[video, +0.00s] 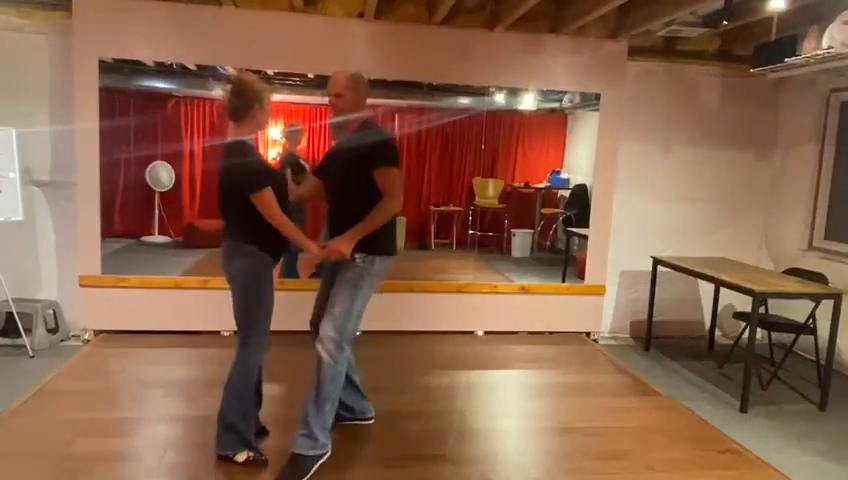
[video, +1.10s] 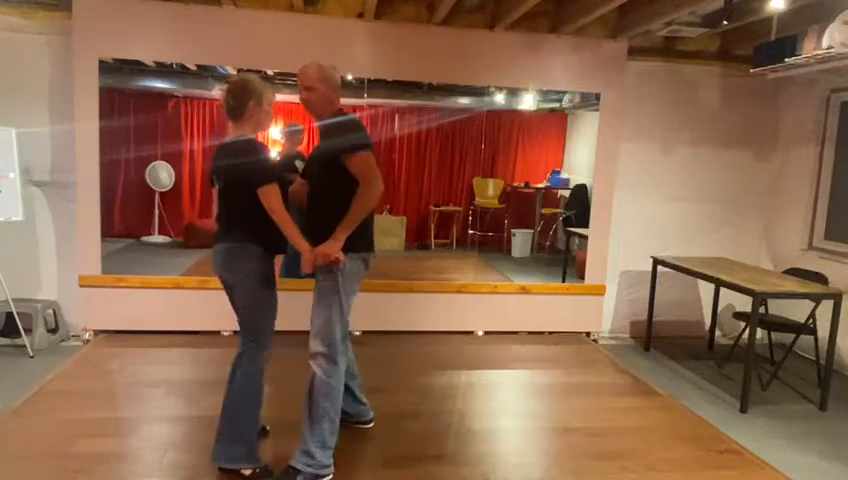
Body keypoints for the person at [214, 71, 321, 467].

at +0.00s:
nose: (271, 115)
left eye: (269, 108)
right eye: (268, 108)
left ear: (233, 110)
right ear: (258, 111)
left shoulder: (237, 153)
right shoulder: (247, 159)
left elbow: (271, 197)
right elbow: (274, 216)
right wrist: (313, 246)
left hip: (245, 253)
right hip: (251, 257)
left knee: (253, 341)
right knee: (252, 345)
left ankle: (247, 421)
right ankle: (232, 440)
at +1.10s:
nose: (272, 113)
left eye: (272, 106)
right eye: (269, 106)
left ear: (235, 109)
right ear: (256, 108)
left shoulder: (225, 151)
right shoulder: (255, 152)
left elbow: (220, 207)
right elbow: (275, 208)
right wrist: (306, 248)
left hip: (229, 251)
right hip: (250, 255)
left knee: (254, 341)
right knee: (256, 346)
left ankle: (243, 424)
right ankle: (235, 454)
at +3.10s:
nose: (247, 114)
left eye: (247, 106)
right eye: (244, 106)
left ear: (208, 107)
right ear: (228, 107)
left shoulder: (199, 154)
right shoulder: (223, 158)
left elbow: (251, 192)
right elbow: (267, 212)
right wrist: (311, 244)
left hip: (215, 256)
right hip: (239, 260)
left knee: (233, 343)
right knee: (253, 349)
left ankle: (212, 430)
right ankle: (237, 455)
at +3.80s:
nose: (260, 110)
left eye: (257, 103)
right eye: (257, 104)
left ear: (215, 107)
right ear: (247, 109)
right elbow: (298, 201)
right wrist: (347, 229)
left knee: (216, 348)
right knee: (230, 355)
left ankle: (210, 429)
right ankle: (227, 458)